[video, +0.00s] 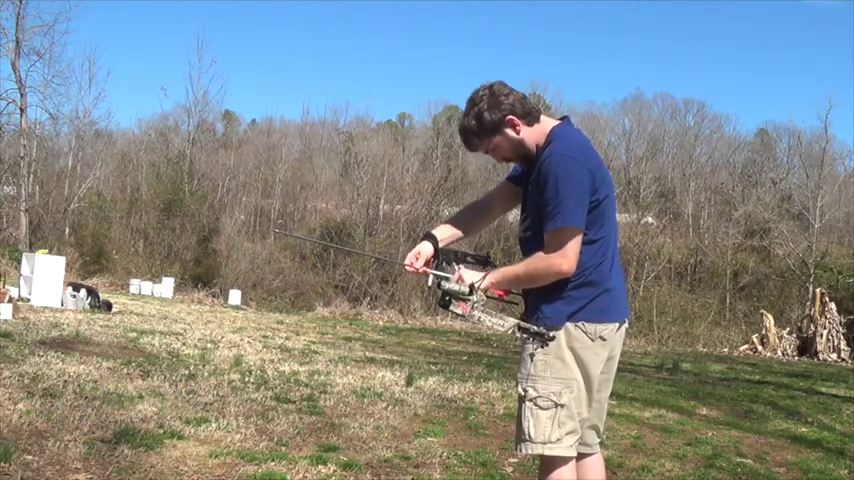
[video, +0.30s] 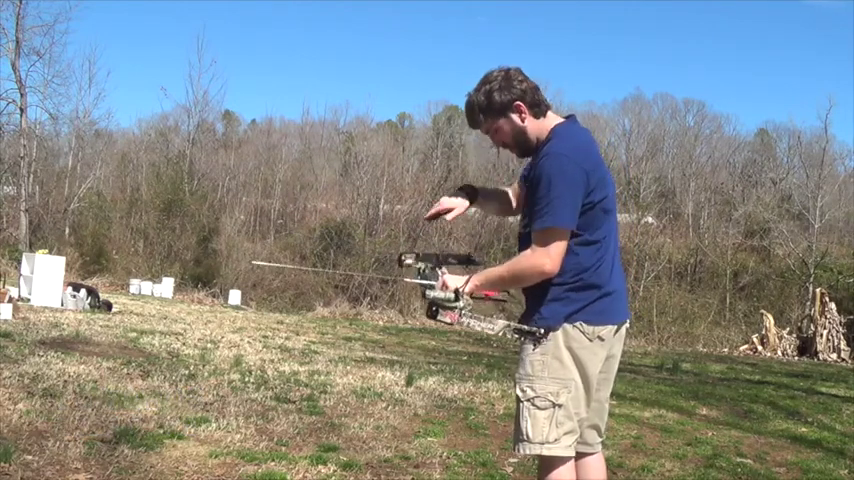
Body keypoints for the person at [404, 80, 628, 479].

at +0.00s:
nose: (496, 158)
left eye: (493, 148)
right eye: (489, 153)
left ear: (513, 123)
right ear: (516, 121)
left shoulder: (562, 157)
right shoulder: (549, 149)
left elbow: (562, 261)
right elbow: (492, 205)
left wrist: (488, 279)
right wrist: (433, 239)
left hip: (569, 319)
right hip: (590, 317)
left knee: (557, 450)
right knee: (585, 446)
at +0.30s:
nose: (495, 143)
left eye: (494, 131)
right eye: (489, 136)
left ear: (520, 110)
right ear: (524, 110)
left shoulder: (558, 156)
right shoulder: (568, 142)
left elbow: (545, 260)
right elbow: (514, 201)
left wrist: (473, 282)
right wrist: (469, 196)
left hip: (567, 320)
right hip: (600, 316)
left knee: (554, 451)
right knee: (587, 444)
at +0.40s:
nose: (494, 140)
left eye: (492, 127)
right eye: (489, 130)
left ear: (519, 108)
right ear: (525, 107)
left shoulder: (555, 153)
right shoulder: (580, 139)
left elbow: (536, 262)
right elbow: (566, 219)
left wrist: (466, 289)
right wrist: (508, 199)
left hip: (566, 317)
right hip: (604, 314)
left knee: (555, 450)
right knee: (587, 443)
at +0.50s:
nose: (494, 138)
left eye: (491, 125)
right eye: (487, 129)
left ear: (517, 106)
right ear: (524, 105)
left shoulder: (549, 153)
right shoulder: (583, 139)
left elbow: (529, 259)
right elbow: (585, 240)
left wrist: (460, 295)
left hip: (564, 320)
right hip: (605, 316)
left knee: (555, 451)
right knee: (588, 444)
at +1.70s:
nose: (499, 147)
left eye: (494, 136)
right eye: (492, 140)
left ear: (505, 111)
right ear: (541, 107)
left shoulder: (526, 151)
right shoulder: (596, 144)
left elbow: (520, 254)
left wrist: (477, 314)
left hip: (565, 311)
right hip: (618, 307)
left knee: (553, 450)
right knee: (598, 448)